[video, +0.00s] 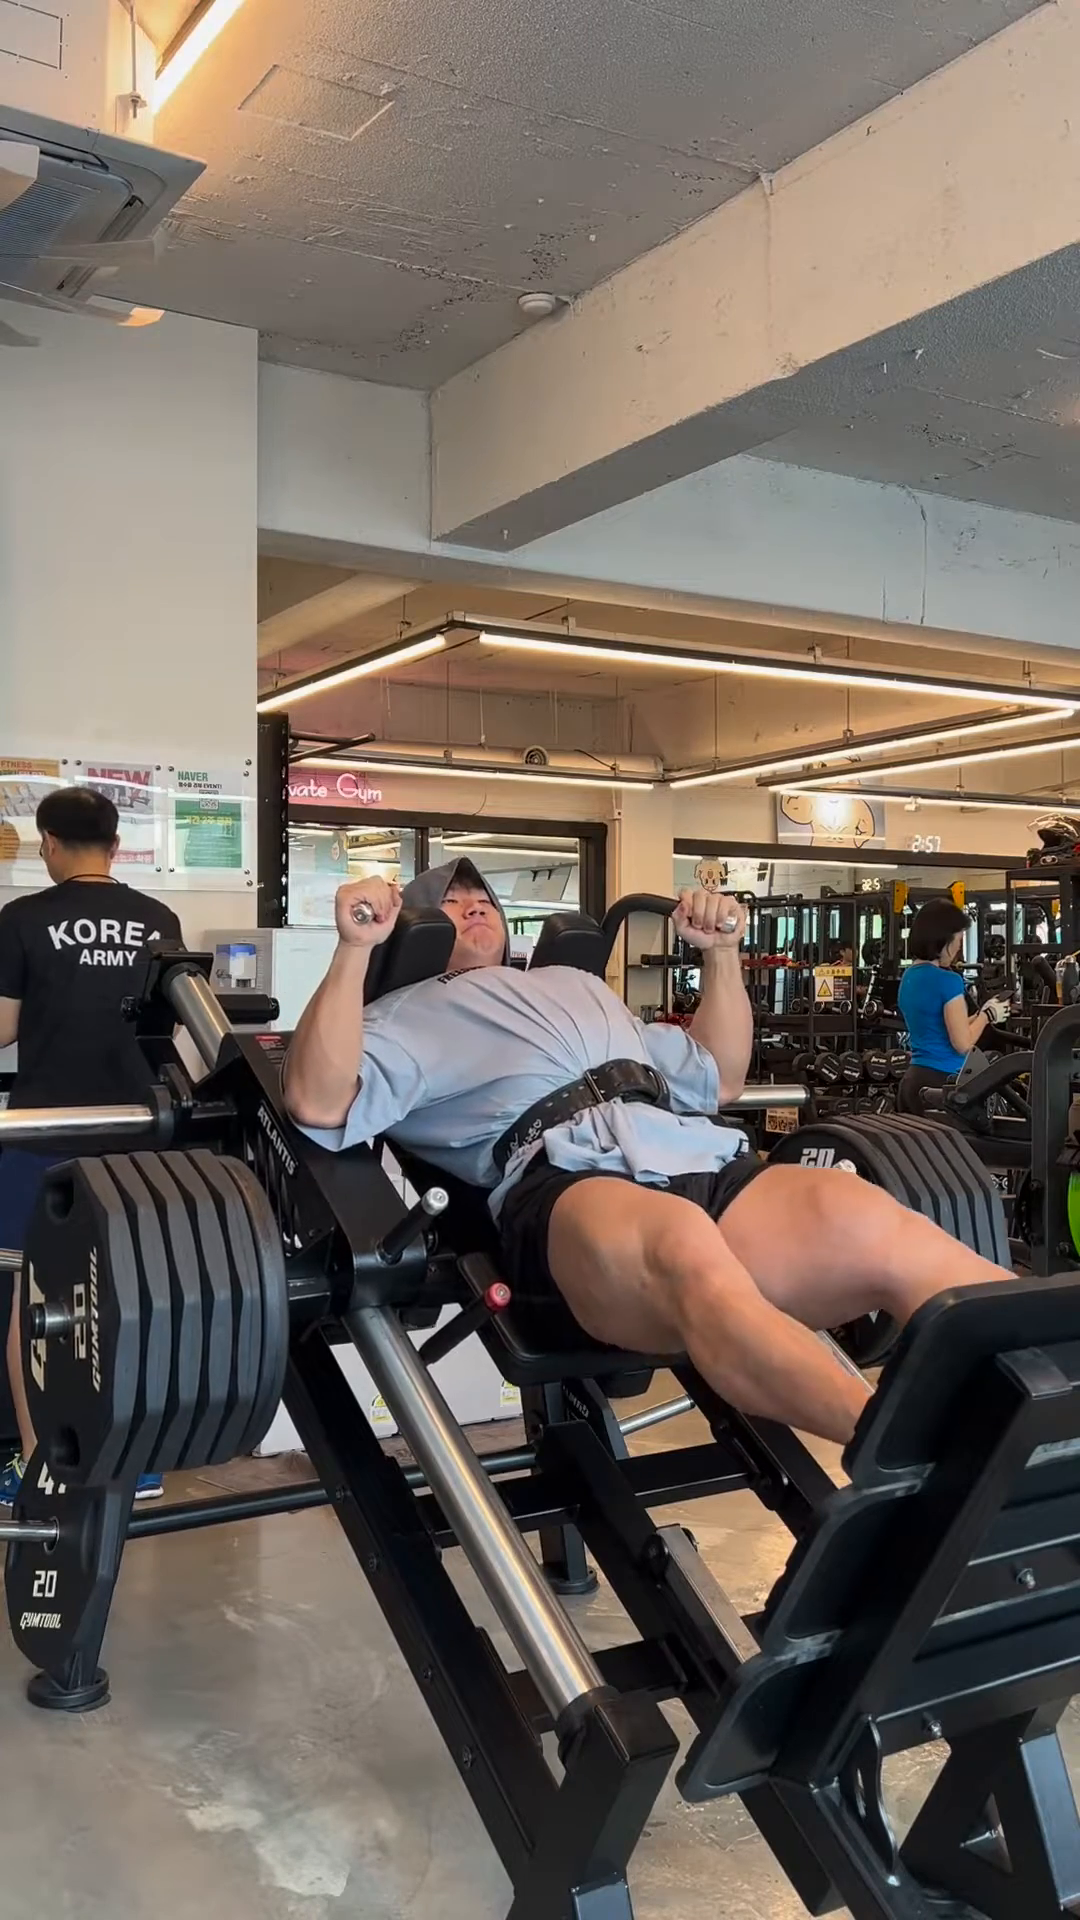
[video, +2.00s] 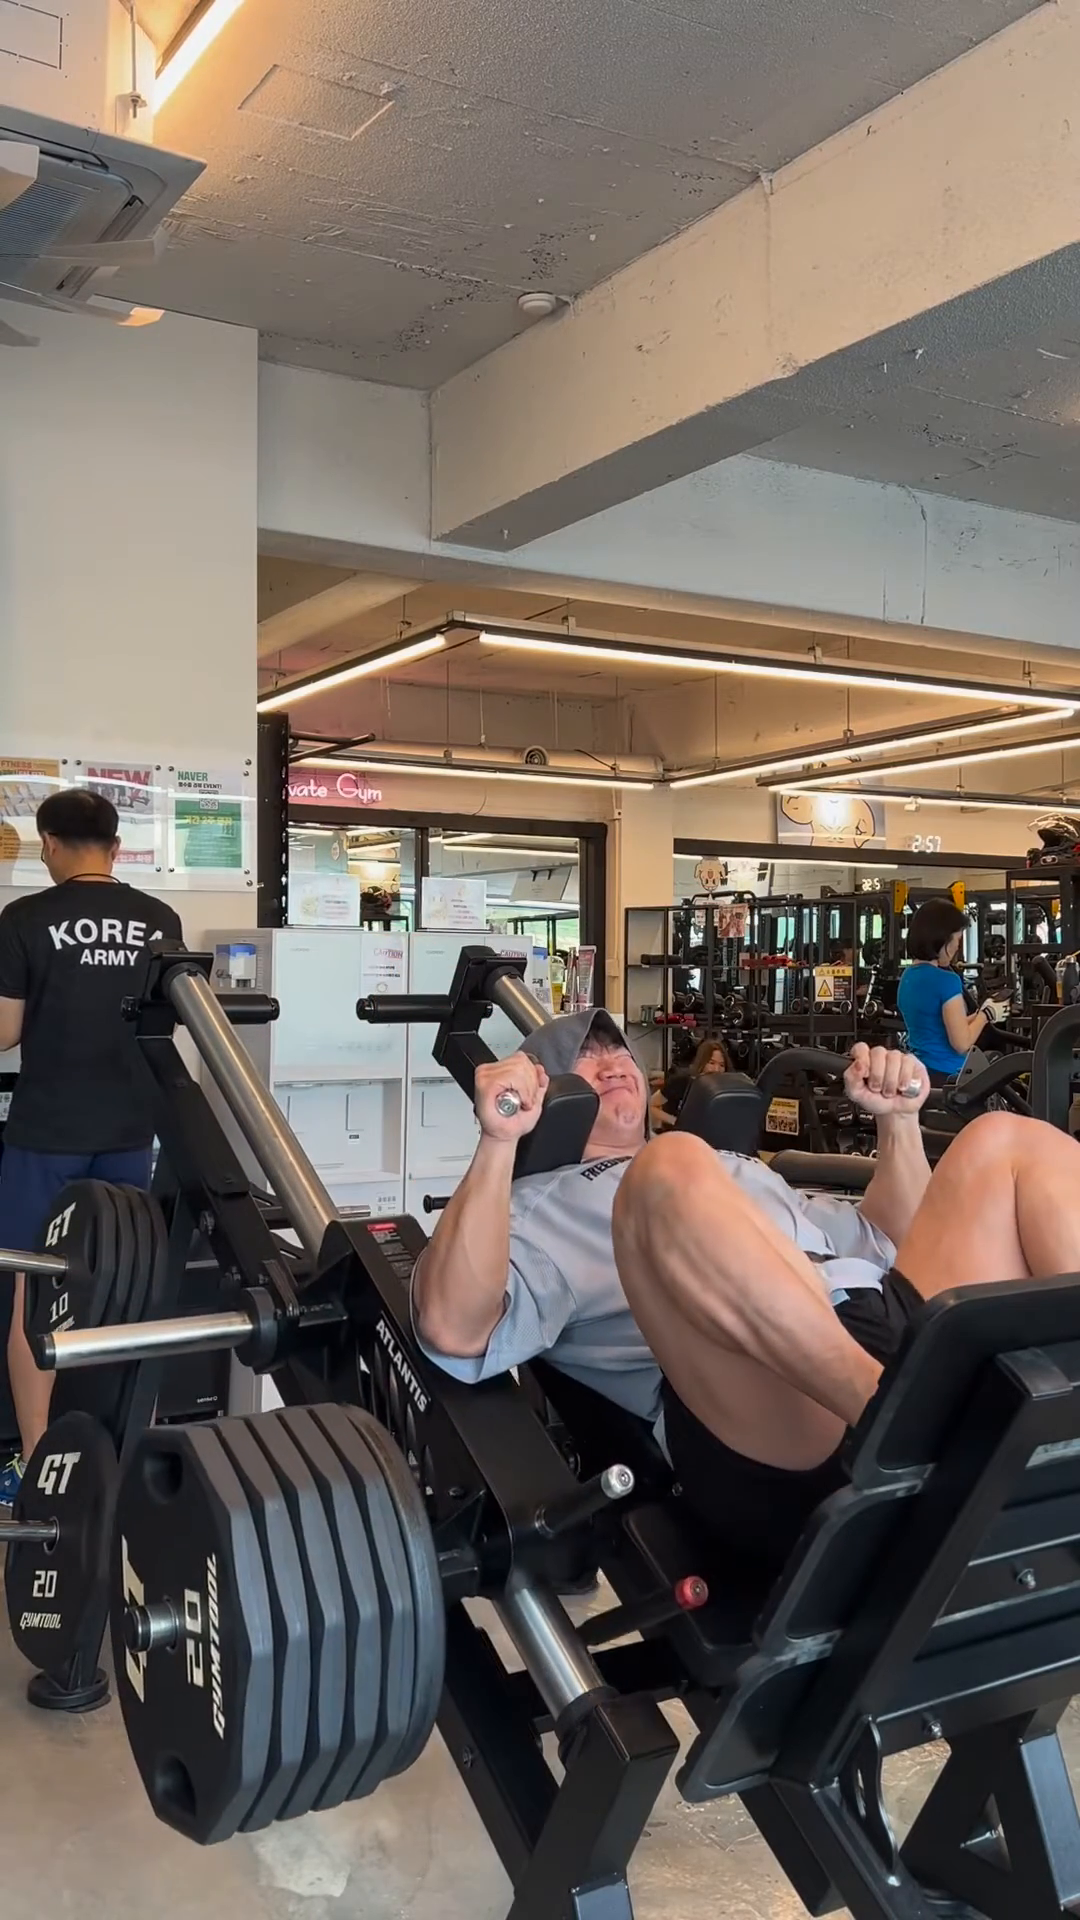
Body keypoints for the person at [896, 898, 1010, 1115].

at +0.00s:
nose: (960, 948)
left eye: (960, 941)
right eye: (959, 940)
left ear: (925, 935)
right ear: (945, 940)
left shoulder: (908, 977)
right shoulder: (948, 981)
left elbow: (930, 1033)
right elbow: (963, 1043)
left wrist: (976, 1015)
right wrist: (989, 1014)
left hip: (915, 1076)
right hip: (948, 1082)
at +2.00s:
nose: (958, 947)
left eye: (959, 940)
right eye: (957, 939)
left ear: (923, 937)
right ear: (943, 940)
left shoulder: (908, 977)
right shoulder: (946, 980)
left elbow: (936, 1033)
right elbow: (962, 1043)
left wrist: (977, 1015)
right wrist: (987, 1014)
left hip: (918, 1073)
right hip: (947, 1079)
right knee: (996, 1059)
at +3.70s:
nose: (959, 946)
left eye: (960, 939)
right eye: (958, 939)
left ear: (924, 937)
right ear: (943, 941)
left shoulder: (909, 977)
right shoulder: (948, 981)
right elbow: (963, 1043)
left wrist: (980, 1012)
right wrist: (988, 1013)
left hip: (917, 1073)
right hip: (948, 1080)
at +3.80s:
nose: (958, 947)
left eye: (959, 941)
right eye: (957, 940)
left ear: (923, 936)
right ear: (944, 942)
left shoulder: (908, 978)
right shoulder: (947, 981)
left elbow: (932, 1032)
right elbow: (963, 1042)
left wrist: (976, 1013)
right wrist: (986, 1012)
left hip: (916, 1073)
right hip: (947, 1079)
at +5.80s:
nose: (957, 946)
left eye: (958, 940)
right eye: (956, 939)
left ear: (923, 935)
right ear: (942, 941)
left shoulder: (907, 978)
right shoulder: (946, 981)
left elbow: (933, 1032)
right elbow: (962, 1042)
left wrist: (977, 1014)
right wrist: (988, 1013)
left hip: (913, 1078)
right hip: (945, 1084)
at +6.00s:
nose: (957, 946)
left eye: (958, 939)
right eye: (957, 939)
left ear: (923, 935)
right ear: (943, 940)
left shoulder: (907, 978)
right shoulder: (946, 981)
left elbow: (934, 1031)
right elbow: (962, 1042)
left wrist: (976, 1015)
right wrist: (987, 1013)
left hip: (913, 1078)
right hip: (945, 1084)